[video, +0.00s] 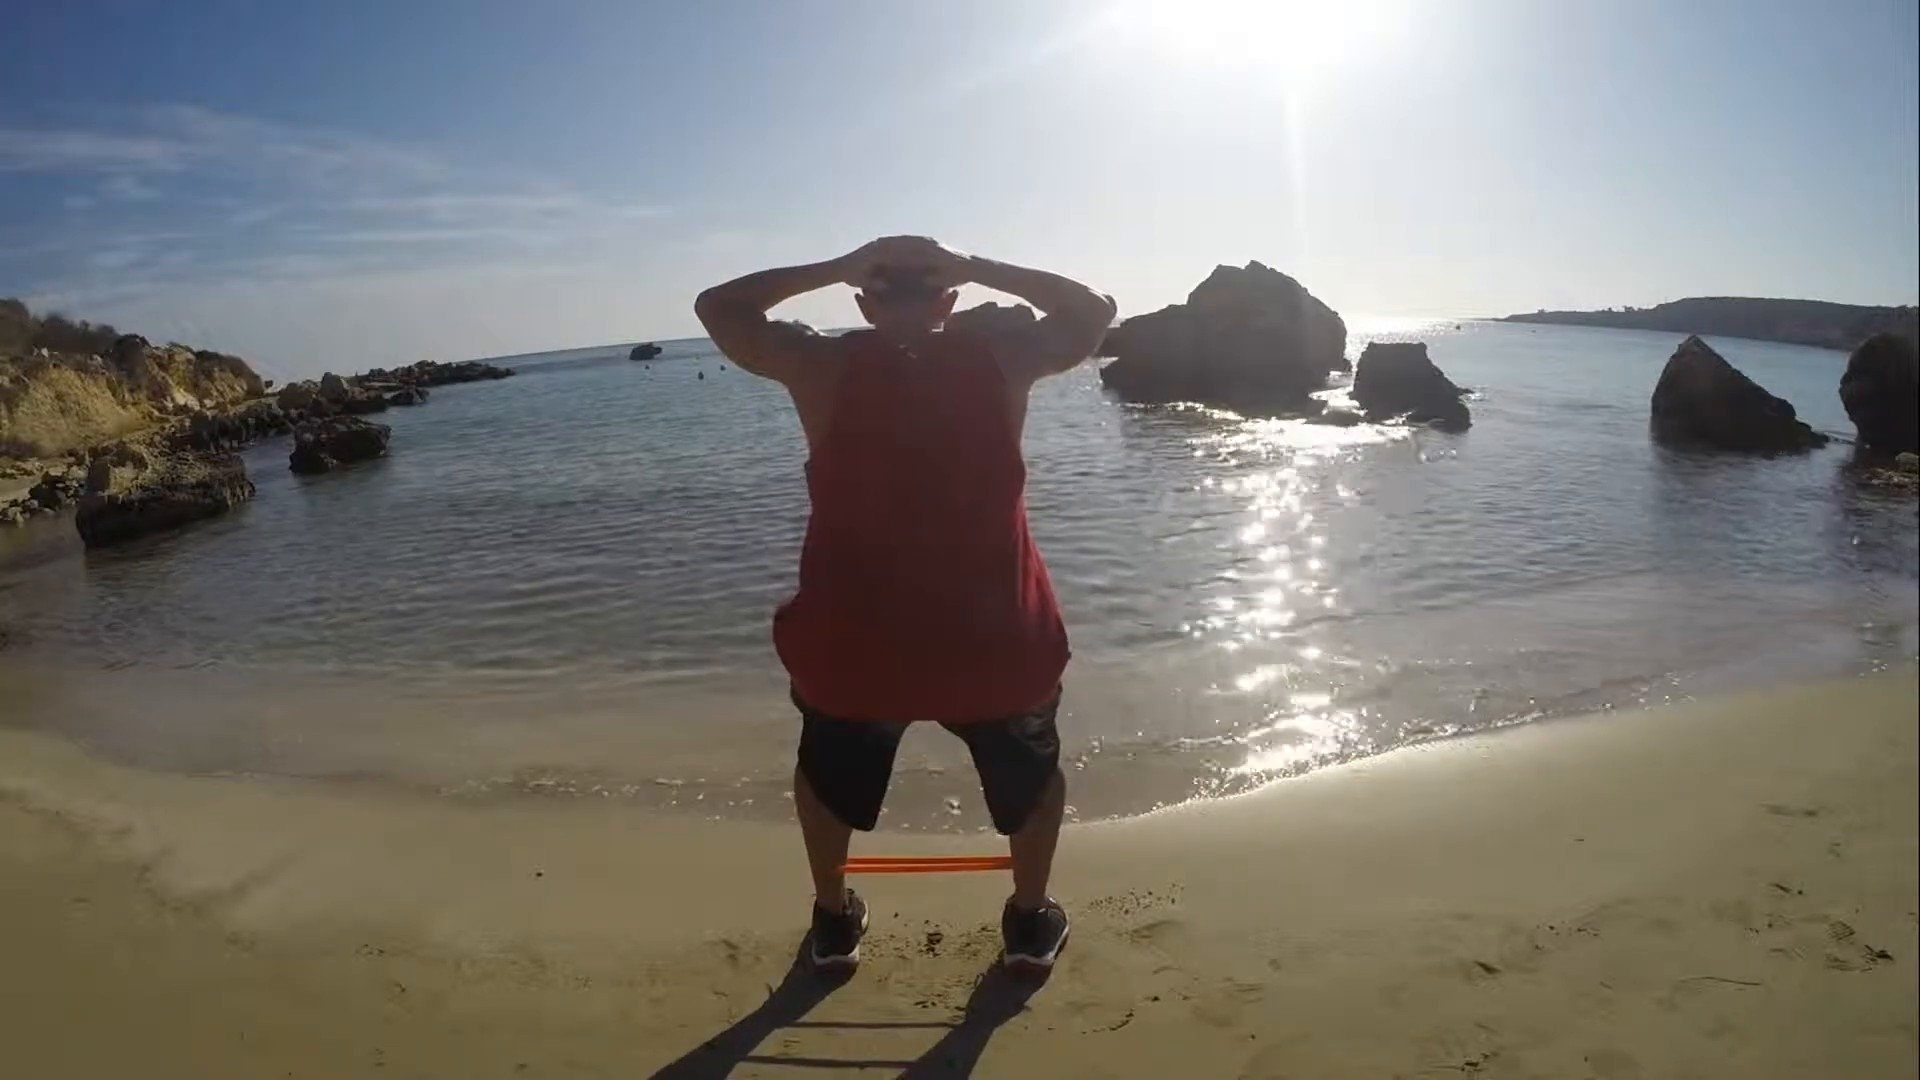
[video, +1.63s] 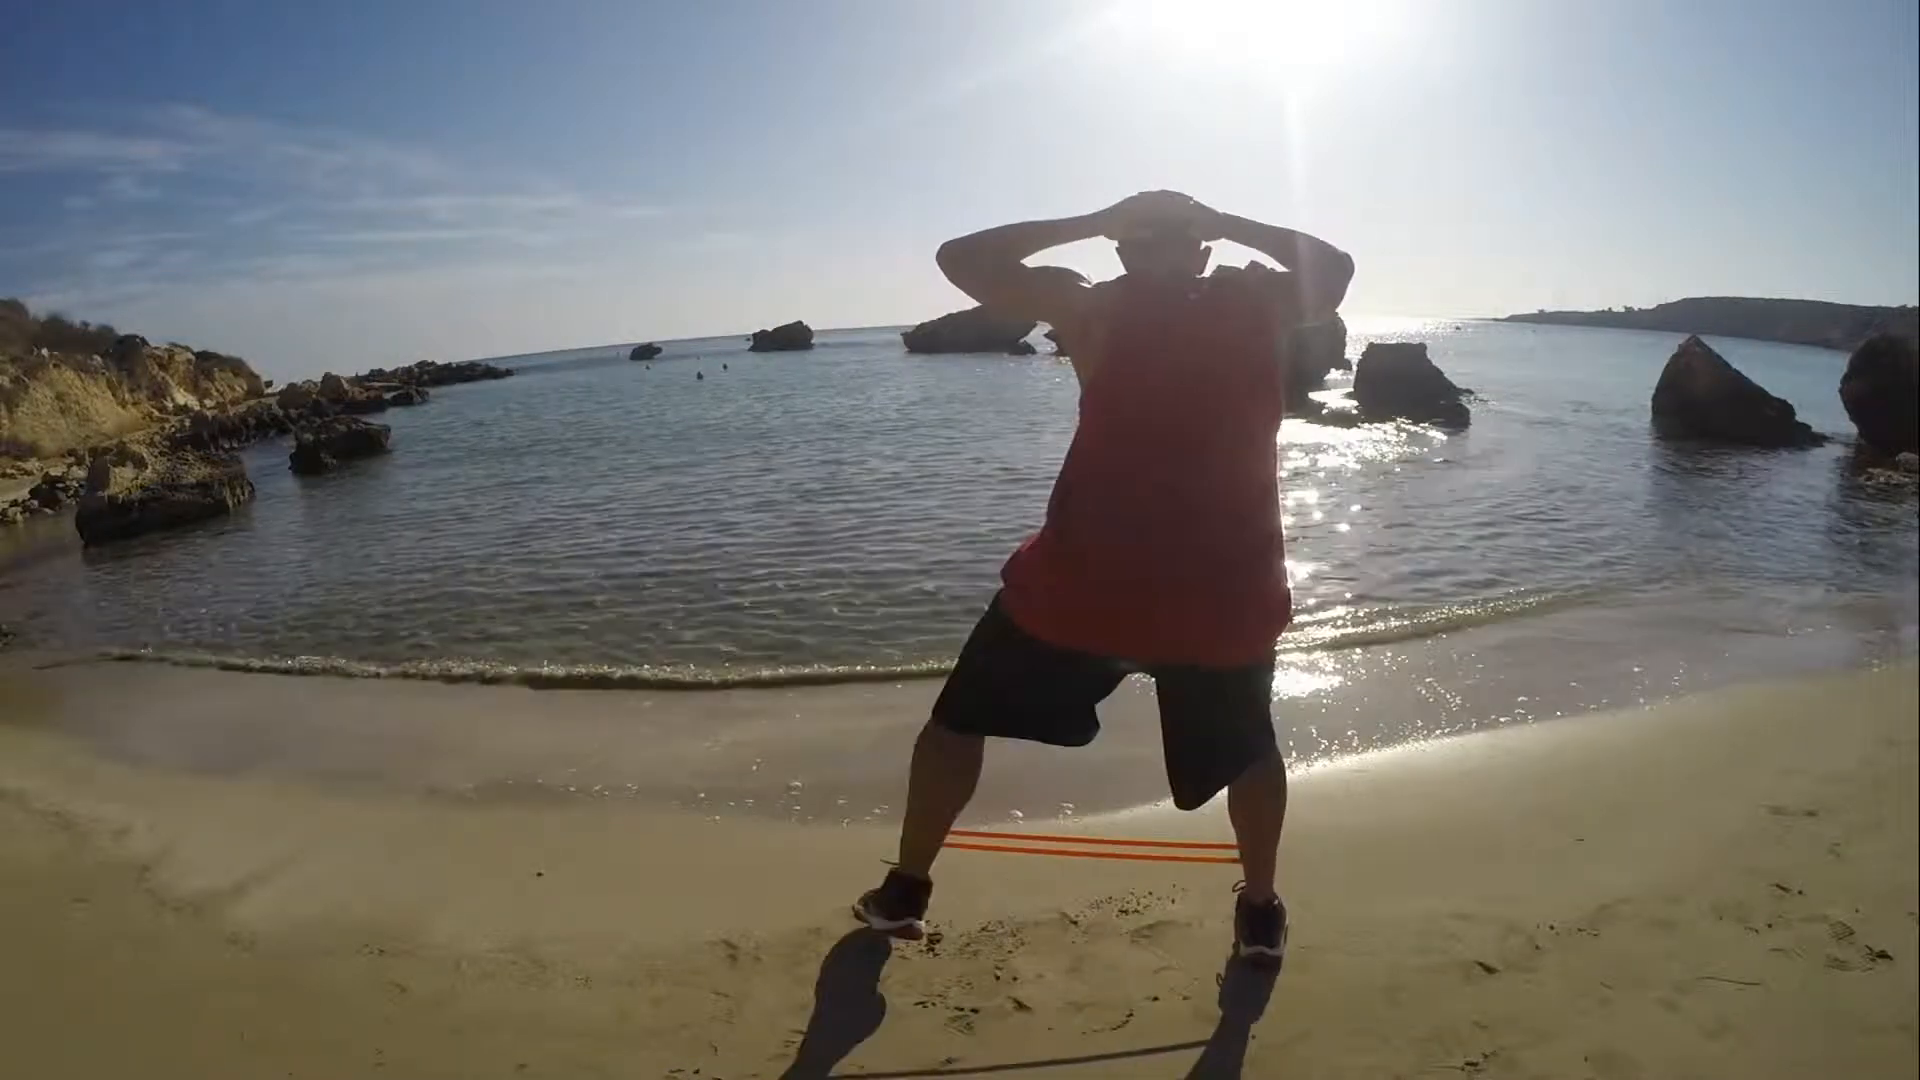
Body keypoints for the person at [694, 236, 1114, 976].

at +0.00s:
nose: (898, 289)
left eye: (894, 279)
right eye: (899, 278)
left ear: (863, 297)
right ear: (950, 294)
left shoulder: (817, 363)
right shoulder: (998, 357)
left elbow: (718, 307)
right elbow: (1089, 312)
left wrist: (834, 269)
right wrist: (974, 266)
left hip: (856, 636)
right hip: (989, 632)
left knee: (829, 768)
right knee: (1029, 770)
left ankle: (832, 916)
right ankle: (1029, 917)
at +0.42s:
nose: (869, 241)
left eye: (868, 229)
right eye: (873, 228)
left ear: (833, 242)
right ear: (919, 242)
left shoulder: (791, 311)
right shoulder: (970, 296)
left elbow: (695, 271)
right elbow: (1067, 249)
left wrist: (806, 224)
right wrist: (945, 214)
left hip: (852, 580)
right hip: (998, 567)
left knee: (834, 760)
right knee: (1077, 731)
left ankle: (831, 919)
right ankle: (1095, 890)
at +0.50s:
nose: (866, 222)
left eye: (857, 214)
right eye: (884, 210)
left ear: (831, 237)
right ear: (918, 233)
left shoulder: (789, 303)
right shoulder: (968, 286)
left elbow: (698, 265)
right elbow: (1072, 236)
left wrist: (807, 214)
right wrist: (939, 201)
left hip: (855, 576)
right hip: (1003, 557)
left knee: (839, 760)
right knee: (1107, 727)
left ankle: (832, 917)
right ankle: (1156, 881)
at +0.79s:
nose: (929, 247)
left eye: (930, 234)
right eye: (934, 232)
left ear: (913, 250)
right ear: (998, 247)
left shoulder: (873, 322)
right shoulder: (1052, 304)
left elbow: (764, 278)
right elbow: (1147, 251)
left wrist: (881, 228)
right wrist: (1019, 217)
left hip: (934, 596)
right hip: (1083, 590)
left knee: (868, 771)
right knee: (1179, 764)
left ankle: (838, 916)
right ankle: (1253, 904)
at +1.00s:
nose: (1034, 246)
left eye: (1036, 231)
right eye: (1037, 229)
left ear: (1028, 240)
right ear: (1105, 235)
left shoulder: (999, 312)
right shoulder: (1167, 293)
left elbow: (866, 270)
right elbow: (1247, 243)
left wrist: (990, 221)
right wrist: (1127, 210)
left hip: (1036, 578)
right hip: (1179, 579)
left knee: (936, 743)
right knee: (1232, 748)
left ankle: (873, 896)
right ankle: (1257, 907)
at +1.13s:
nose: (1107, 230)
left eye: (1104, 216)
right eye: (1105, 215)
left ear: (1080, 228)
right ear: (1157, 221)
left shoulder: (1056, 298)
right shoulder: (1218, 281)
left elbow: (914, 250)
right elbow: (1291, 238)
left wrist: (1039, 207)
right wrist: (1183, 197)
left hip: (1085, 561)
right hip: (1225, 563)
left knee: (1002, 734)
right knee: (1251, 752)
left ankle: (992, 893)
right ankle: (1261, 904)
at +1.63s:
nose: (1144, 243)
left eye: (1137, 232)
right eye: (1161, 227)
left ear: (1120, 248)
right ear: (1203, 246)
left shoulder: (1089, 310)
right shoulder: (1259, 303)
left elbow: (960, 257)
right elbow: (1334, 263)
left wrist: (1092, 223)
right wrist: (1224, 221)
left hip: (1087, 566)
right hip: (1225, 581)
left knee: (959, 718)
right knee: (1249, 744)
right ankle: (1260, 908)